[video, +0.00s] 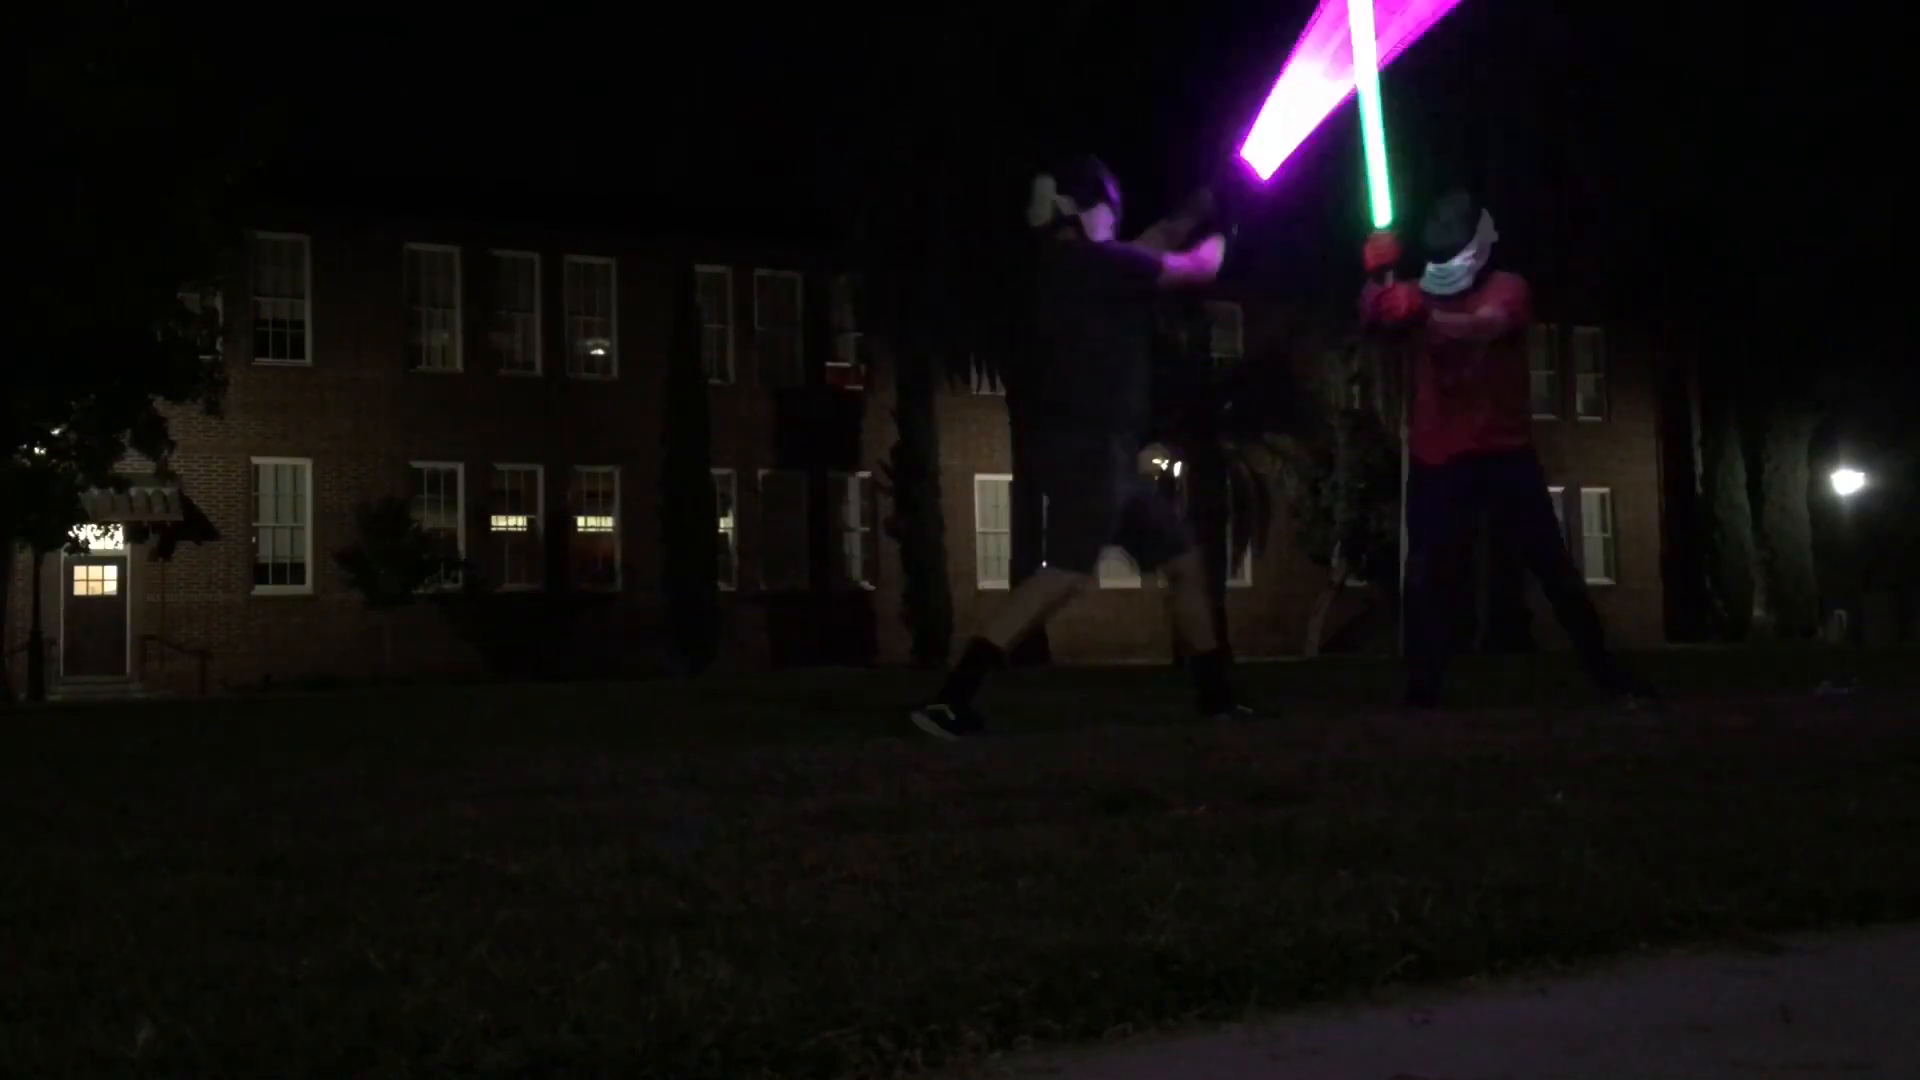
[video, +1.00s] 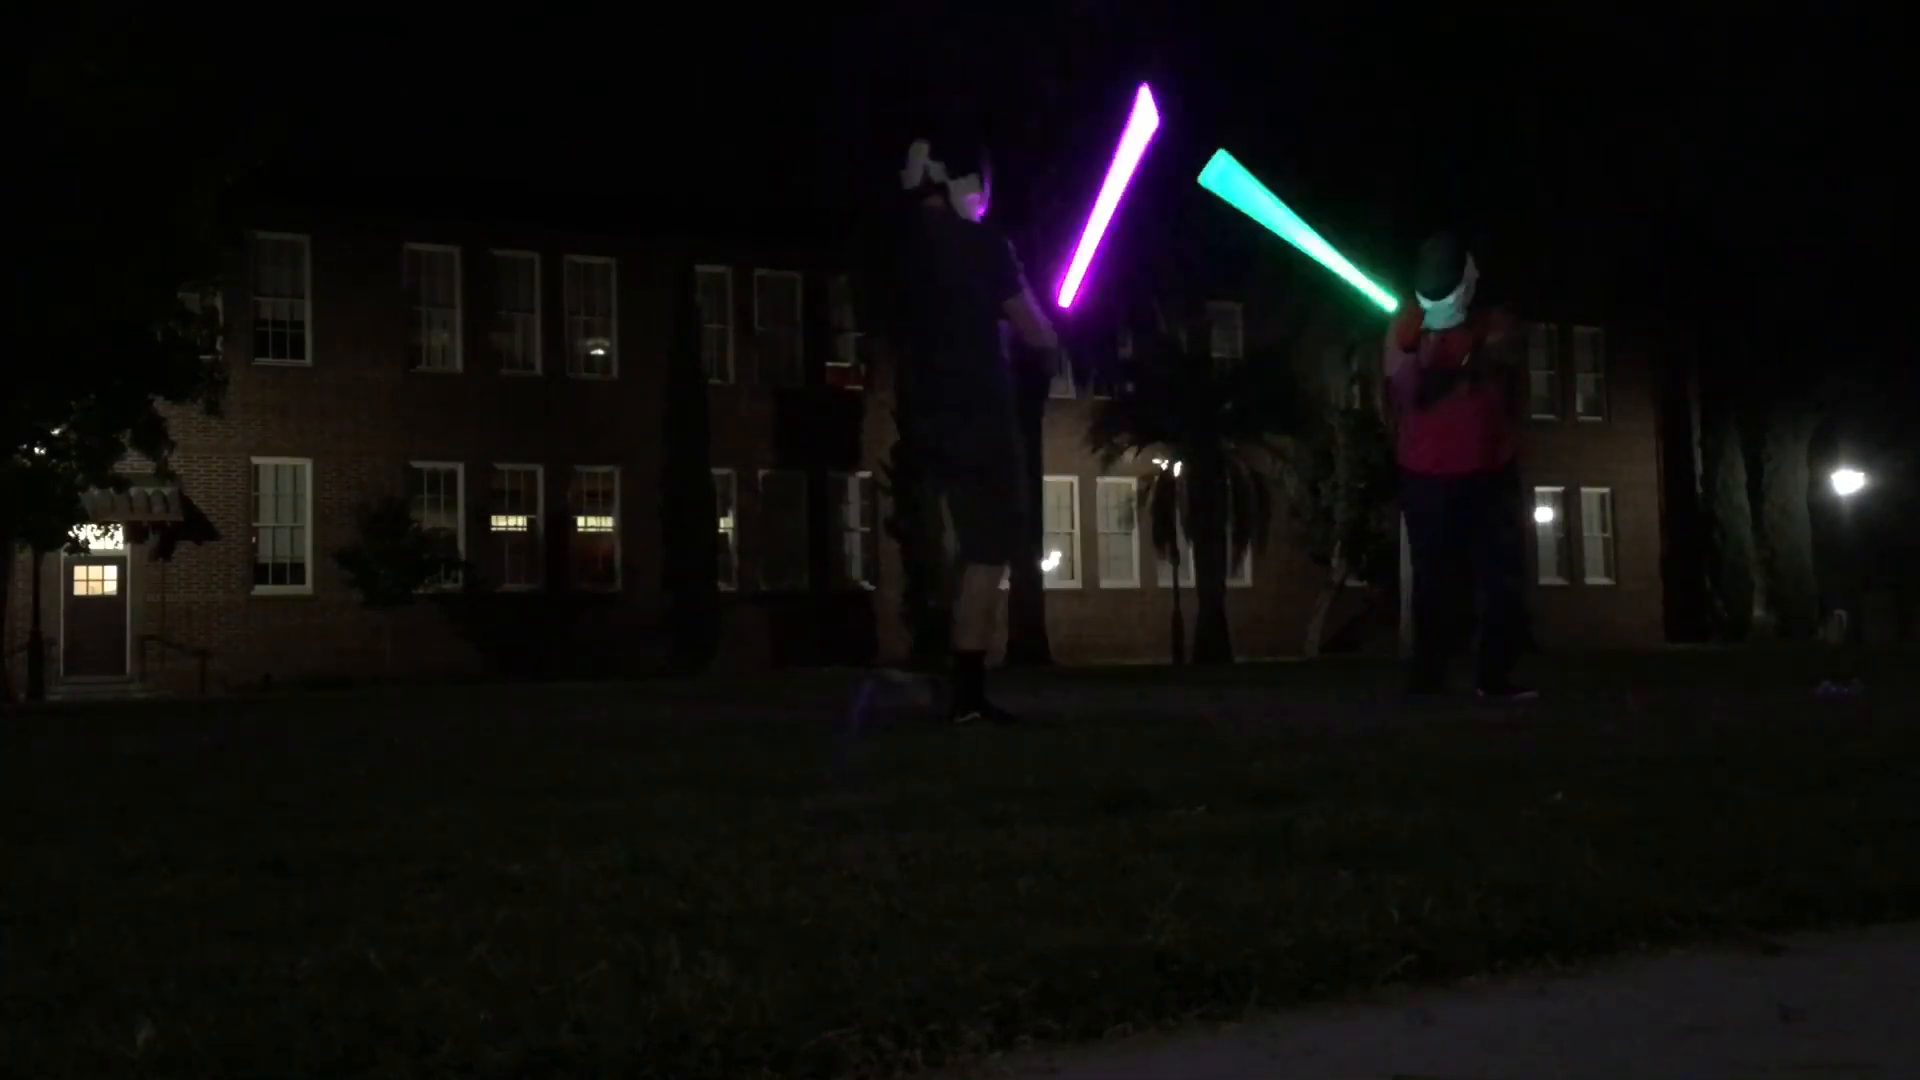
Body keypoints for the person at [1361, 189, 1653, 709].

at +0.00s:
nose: (1447, 243)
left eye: (1459, 229)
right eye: (1437, 231)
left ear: (1481, 236)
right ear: (1424, 240)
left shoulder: (1503, 287)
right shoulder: (1418, 295)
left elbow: (1488, 322)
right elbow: (1374, 314)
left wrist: (1422, 313)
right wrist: (1378, 274)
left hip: (1503, 456)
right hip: (1438, 460)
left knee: (1551, 568)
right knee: (1431, 574)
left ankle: (1607, 677)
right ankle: (1422, 688)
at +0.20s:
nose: (1430, 279)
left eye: (1440, 267)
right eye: (1421, 270)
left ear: (1463, 255)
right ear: (1410, 263)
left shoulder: (1490, 298)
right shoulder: (1402, 303)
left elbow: (1468, 331)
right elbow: (1371, 322)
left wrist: (1394, 323)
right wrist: (1351, 300)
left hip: (1485, 463)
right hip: (1423, 465)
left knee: (1503, 570)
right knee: (1423, 572)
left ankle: (1515, 679)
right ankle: (1421, 682)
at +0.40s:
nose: (1454, 306)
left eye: (1462, 296)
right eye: (1446, 299)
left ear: (1480, 285)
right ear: (1435, 287)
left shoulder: (1499, 321)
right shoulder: (1411, 325)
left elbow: (1494, 344)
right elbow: (1377, 372)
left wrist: (1432, 344)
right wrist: (1375, 326)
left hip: (1488, 471)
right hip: (1428, 472)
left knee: (1503, 573)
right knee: (1437, 569)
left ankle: (1504, 672)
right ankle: (1420, 680)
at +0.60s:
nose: (1488, 299)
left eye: (1496, 289)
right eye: (1480, 289)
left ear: (1501, 291)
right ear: (1460, 288)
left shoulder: (1509, 332)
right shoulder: (1433, 327)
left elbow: (1527, 327)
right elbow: (1415, 390)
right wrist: (1403, 334)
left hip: (1493, 473)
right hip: (1435, 472)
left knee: (1512, 572)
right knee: (1433, 567)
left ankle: (1498, 672)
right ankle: (1412, 666)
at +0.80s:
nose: (1464, 305)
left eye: (1472, 297)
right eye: (1454, 295)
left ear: (1488, 293)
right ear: (1440, 291)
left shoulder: (1508, 327)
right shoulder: (1427, 327)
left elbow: (1525, 300)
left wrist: (1488, 285)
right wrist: (1414, 326)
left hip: (1496, 465)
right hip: (1436, 467)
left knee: (1509, 569)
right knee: (1433, 566)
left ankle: (1498, 672)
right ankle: (1416, 669)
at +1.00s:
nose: (1439, 306)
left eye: (1448, 296)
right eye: (1429, 297)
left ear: (1467, 283)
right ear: (1419, 289)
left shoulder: (1492, 325)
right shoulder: (1407, 328)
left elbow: (1510, 393)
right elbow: (1404, 394)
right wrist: (1465, 370)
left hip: (1488, 474)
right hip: (1428, 478)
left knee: (1498, 578)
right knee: (1434, 580)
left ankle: (1497, 676)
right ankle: (1428, 676)